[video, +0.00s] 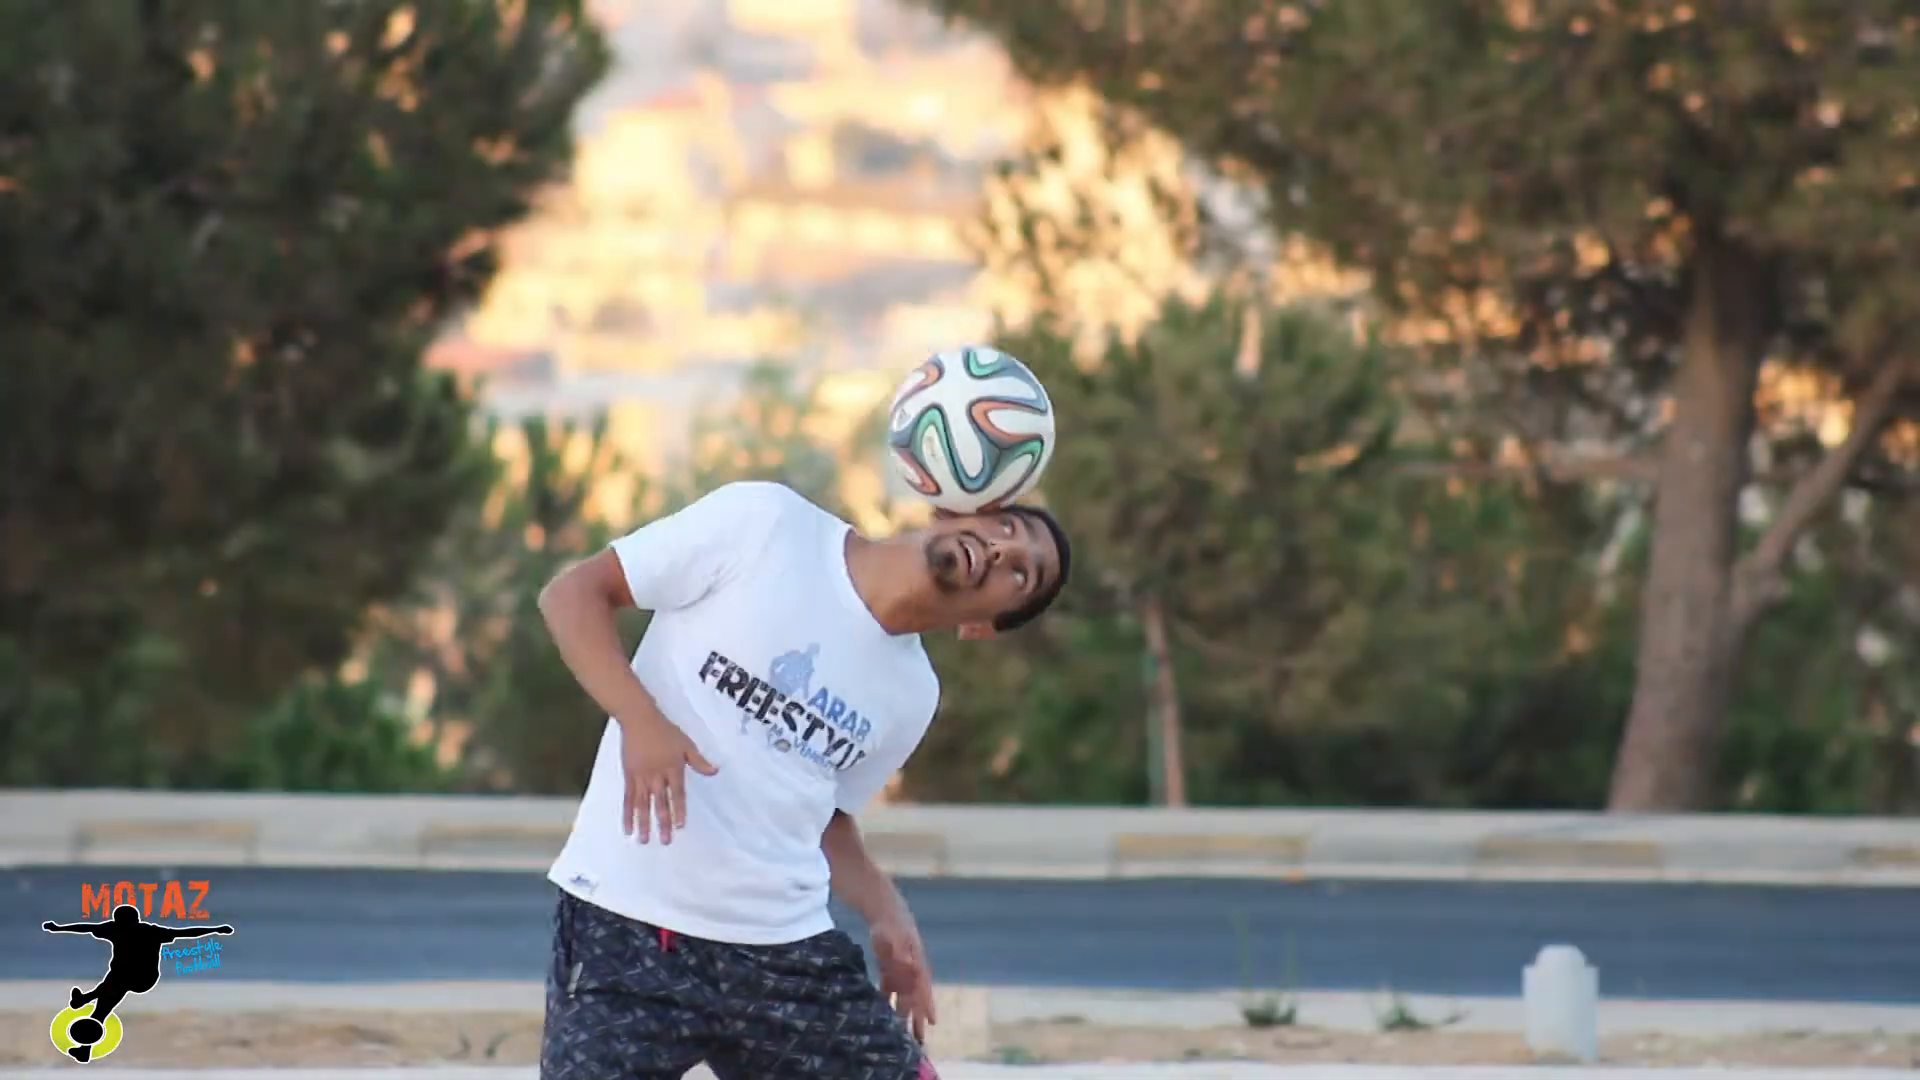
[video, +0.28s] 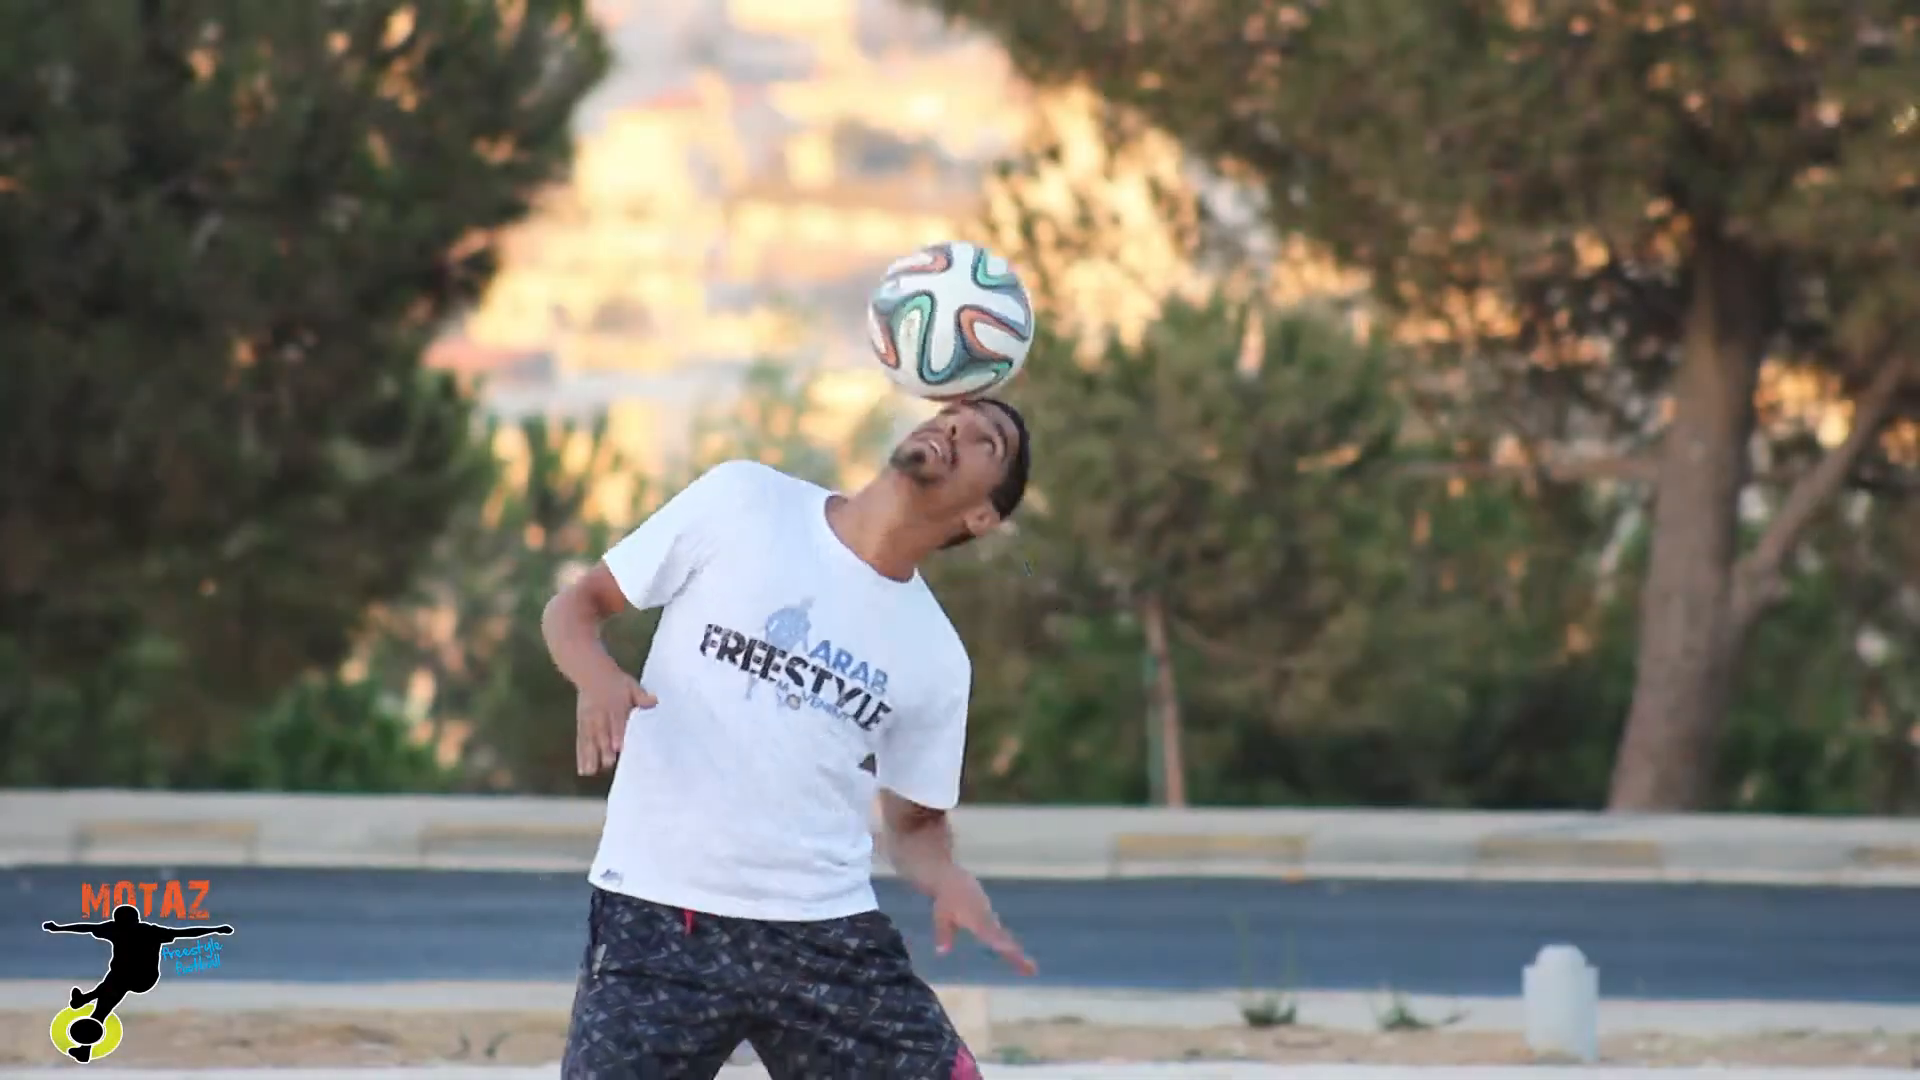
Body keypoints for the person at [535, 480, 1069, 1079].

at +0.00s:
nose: (1000, 548)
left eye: (1021, 574)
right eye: (1006, 524)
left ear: (981, 627)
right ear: (953, 511)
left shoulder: (911, 693)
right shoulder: (764, 521)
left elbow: (828, 814)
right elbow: (572, 594)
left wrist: (885, 912)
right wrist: (641, 718)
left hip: (789, 968)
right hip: (624, 945)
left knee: (904, 1069)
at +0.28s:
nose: (953, 427)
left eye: (986, 440)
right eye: (951, 412)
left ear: (982, 517)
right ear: (909, 434)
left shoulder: (935, 660)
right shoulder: (739, 497)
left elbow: (917, 817)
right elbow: (572, 607)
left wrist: (945, 876)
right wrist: (597, 676)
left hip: (829, 947)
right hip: (656, 932)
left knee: (943, 1071)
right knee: (605, 1066)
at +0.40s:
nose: (866, 326)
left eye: (900, 324)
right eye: (851, 324)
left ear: (936, 393)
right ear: (823, 387)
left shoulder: (976, 551)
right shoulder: (727, 491)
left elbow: (1032, 723)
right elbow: (632, 643)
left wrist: (1032, 757)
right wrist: (603, 678)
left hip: (904, 918)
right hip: (723, 907)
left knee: (1011, 1071)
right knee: (653, 1071)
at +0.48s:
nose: (842, 310)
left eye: (873, 306)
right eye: (825, 311)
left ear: (917, 372)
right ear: (805, 377)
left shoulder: (983, 512)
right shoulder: (730, 504)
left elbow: (1097, 688)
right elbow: (667, 682)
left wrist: (1056, 686)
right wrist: (625, 697)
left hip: (932, 906)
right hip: (753, 901)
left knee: (1031, 1071)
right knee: (679, 1071)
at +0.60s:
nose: (755, 362)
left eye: (781, 344)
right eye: (739, 372)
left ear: (849, 374)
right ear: (753, 436)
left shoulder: (979, 485)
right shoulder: (744, 556)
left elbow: (1135, 625)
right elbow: (724, 751)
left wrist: (1064, 636)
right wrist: (656, 761)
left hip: (954, 912)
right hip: (780, 911)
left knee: (1047, 1070)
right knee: (688, 1071)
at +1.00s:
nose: (884, 317)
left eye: (905, 315)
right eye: (858, 313)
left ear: (935, 377)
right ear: (819, 377)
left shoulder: (1002, 521)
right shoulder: (748, 492)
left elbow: (1047, 703)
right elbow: (651, 664)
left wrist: (1117, 755)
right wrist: (662, 668)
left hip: (940, 901)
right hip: (763, 891)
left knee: (1039, 1070)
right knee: (676, 1070)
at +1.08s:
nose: (938, 328)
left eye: (960, 328)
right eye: (914, 323)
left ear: (984, 397)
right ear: (870, 381)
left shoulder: (1020, 549)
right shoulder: (779, 479)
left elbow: (1024, 737)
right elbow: (647, 639)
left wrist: (1120, 796)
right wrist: (697, 633)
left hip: (941, 912)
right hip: (763, 895)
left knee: (1040, 1071)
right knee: (666, 1071)